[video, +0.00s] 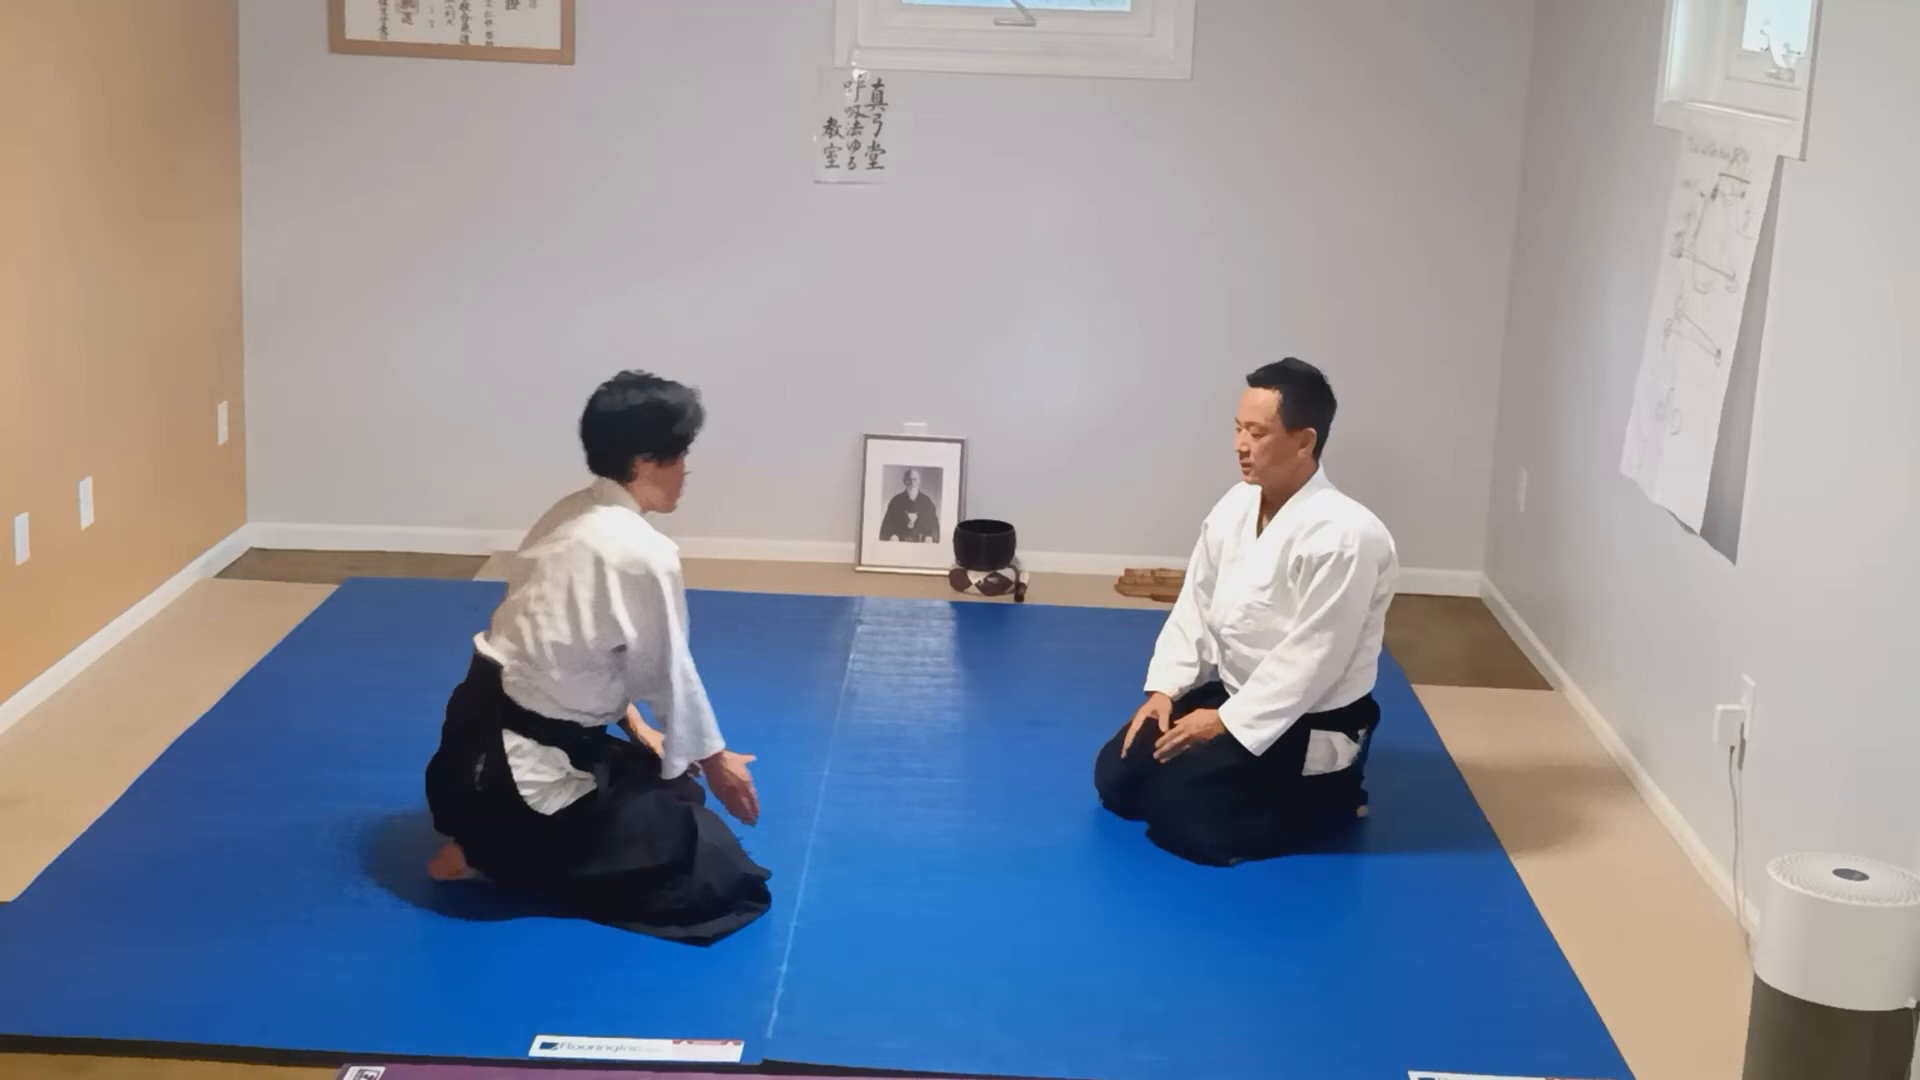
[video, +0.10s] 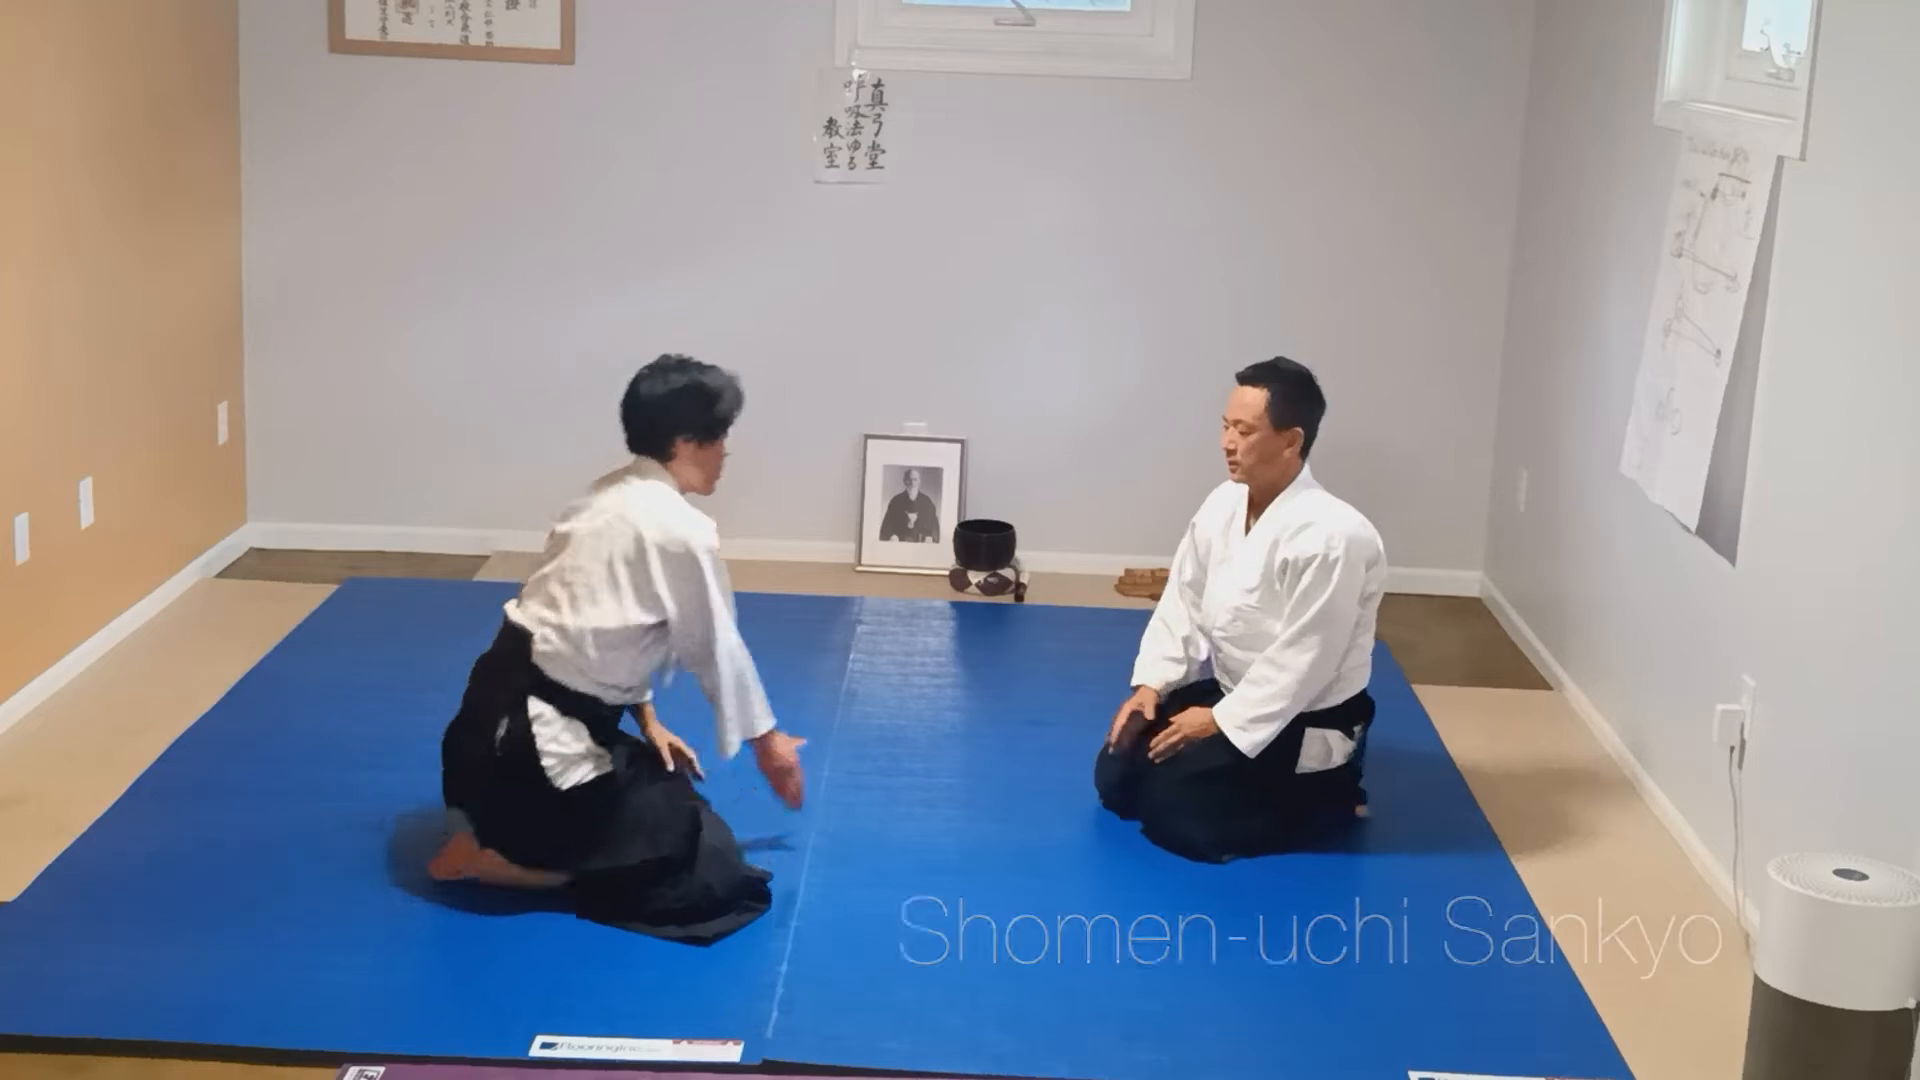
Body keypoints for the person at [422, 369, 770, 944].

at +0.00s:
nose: (687, 469)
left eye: (686, 454)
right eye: (680, 455)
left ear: (618, 463)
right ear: (644, 465)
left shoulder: (567, 513)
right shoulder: (643, 554)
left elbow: (583, 636)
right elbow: (672, 678)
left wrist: (637, 729)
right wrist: (715, 761)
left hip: (467, 754)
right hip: (520, 794)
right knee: (715, 869)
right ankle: (492, 859)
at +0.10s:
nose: (726, 451)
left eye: (724, 436)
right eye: (720, 438)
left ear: (662, 445)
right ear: (683, 445)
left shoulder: (607, 497)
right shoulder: (680, 529)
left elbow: (613, 622)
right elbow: (717, 649)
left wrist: (648, 722)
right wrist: (766, 737)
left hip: (484, 730)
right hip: (538, 758)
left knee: (666, 792)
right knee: (706, 862)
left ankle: (502, 832)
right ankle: (502, 865)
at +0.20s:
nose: (750, 417)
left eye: (750, 402)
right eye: (744, 401)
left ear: (677, 403)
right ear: (710, 407)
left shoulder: (624, 462)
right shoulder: (710, 485)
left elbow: (600, 588)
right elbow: (777, 587)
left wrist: (651, 689)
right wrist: (854, 655)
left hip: (506, 696)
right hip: (569, 710)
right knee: (697, 846)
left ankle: (499, 829)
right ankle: (526, 860)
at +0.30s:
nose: (762, 383)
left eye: (764, 367)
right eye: (758, 368)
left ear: (686, 363)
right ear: (724, 365)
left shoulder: (633, 425)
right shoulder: (731, 438)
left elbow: (601, 512)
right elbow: (838, 503)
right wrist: (934, 487)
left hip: (553, 636)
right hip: (618, 656)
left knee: (580, 771)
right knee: (692, 827)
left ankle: (487, 830)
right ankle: (528, 857)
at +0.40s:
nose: (781, 357)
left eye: (782, 341)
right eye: (777, 340)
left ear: (708, 333)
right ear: (743, 339)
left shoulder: (648, 407)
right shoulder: (751, 411)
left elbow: (624, 491)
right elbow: (876, 417)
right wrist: (892, 328)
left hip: (577, 623)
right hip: (649, 640)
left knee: (595, 781)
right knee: (728, 805)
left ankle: (505, 813)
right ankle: (569, 828)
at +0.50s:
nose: (801, 351)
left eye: (804, 334)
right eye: (798, 333)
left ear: (734, 328)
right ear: (759, 331)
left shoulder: (671, 395)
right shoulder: (767, 397)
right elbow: (886, 373)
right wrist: (860, 290)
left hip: (597, 621)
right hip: (665, 626)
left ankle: (523, 791)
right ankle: (638, 790)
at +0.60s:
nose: (823, 350)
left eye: (826, 334)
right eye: (819, 333)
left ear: (746, 324)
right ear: (780, 327)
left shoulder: (691, 388)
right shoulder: (779, 391)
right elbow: (901, 384)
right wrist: (942, 294)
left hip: (616, 635)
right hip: (687, 635)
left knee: (667, 806)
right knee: (854, 675)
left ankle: (537, 779)